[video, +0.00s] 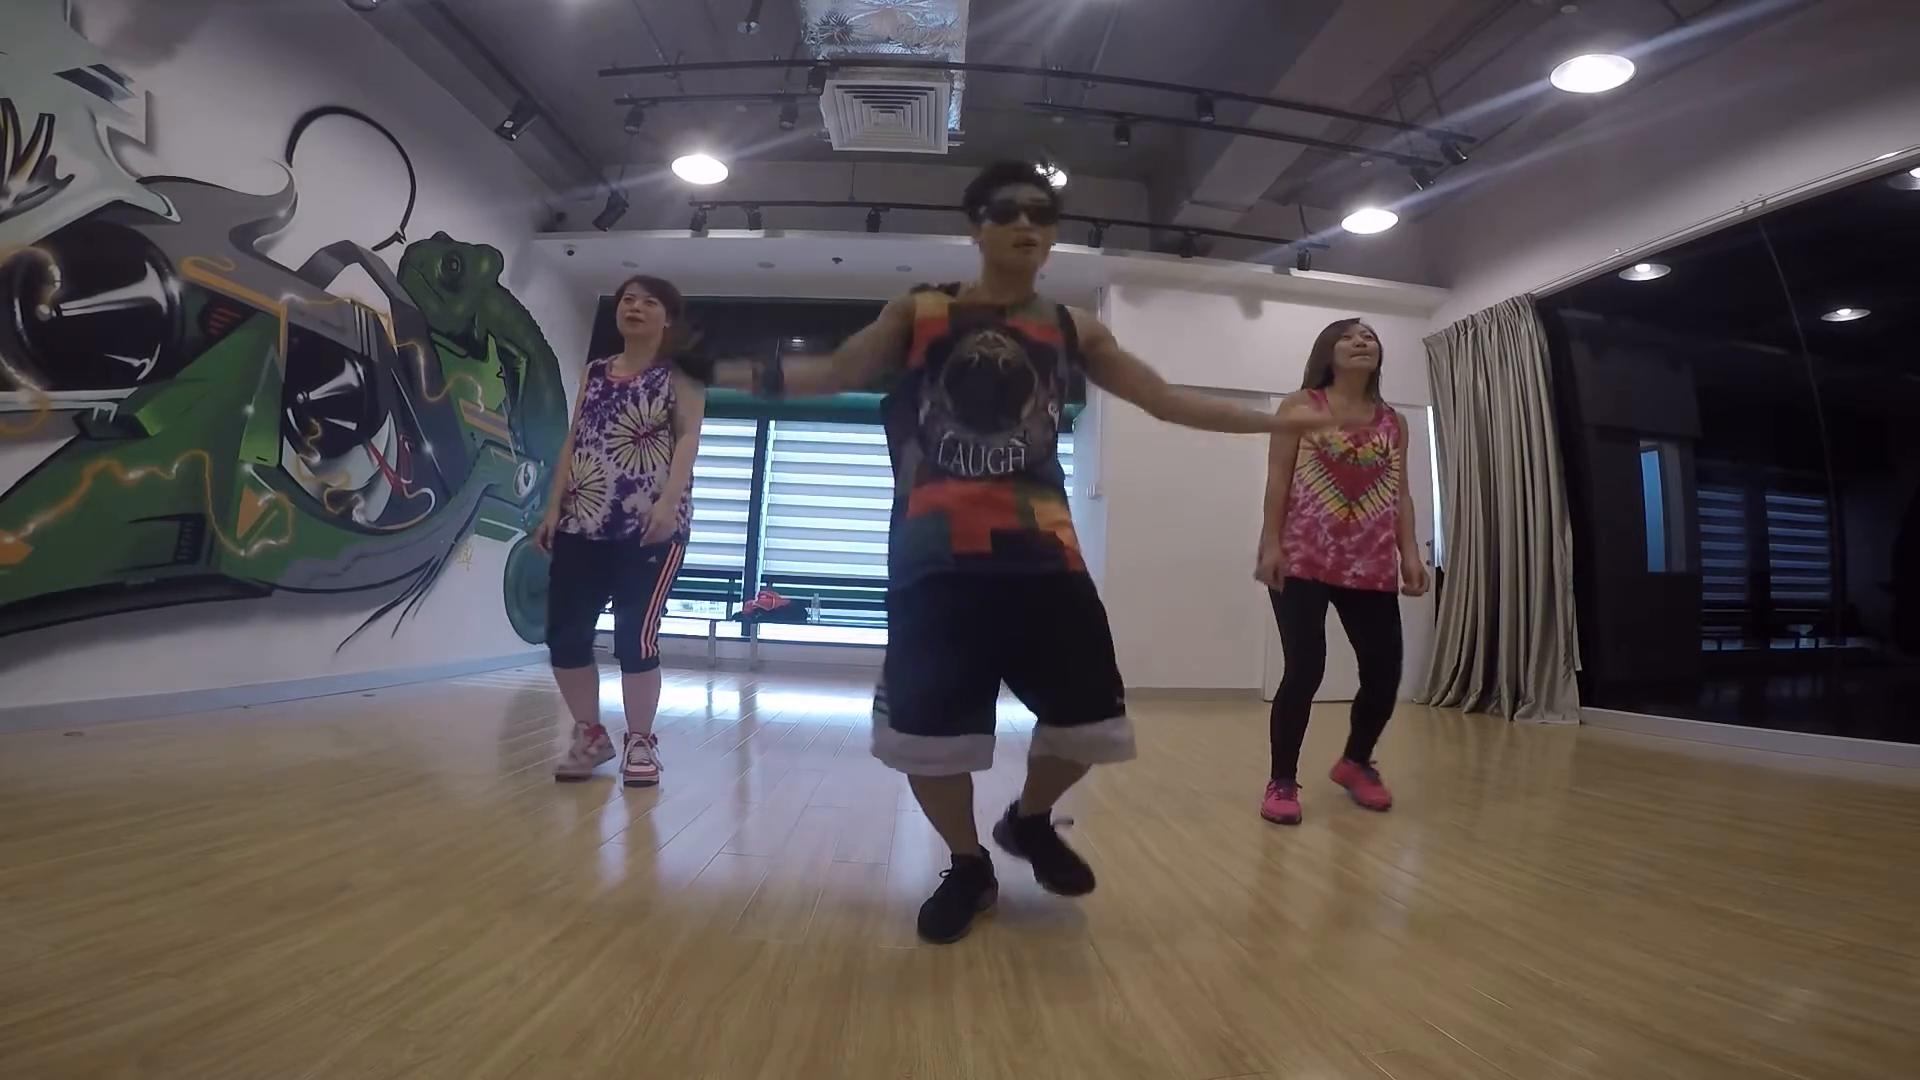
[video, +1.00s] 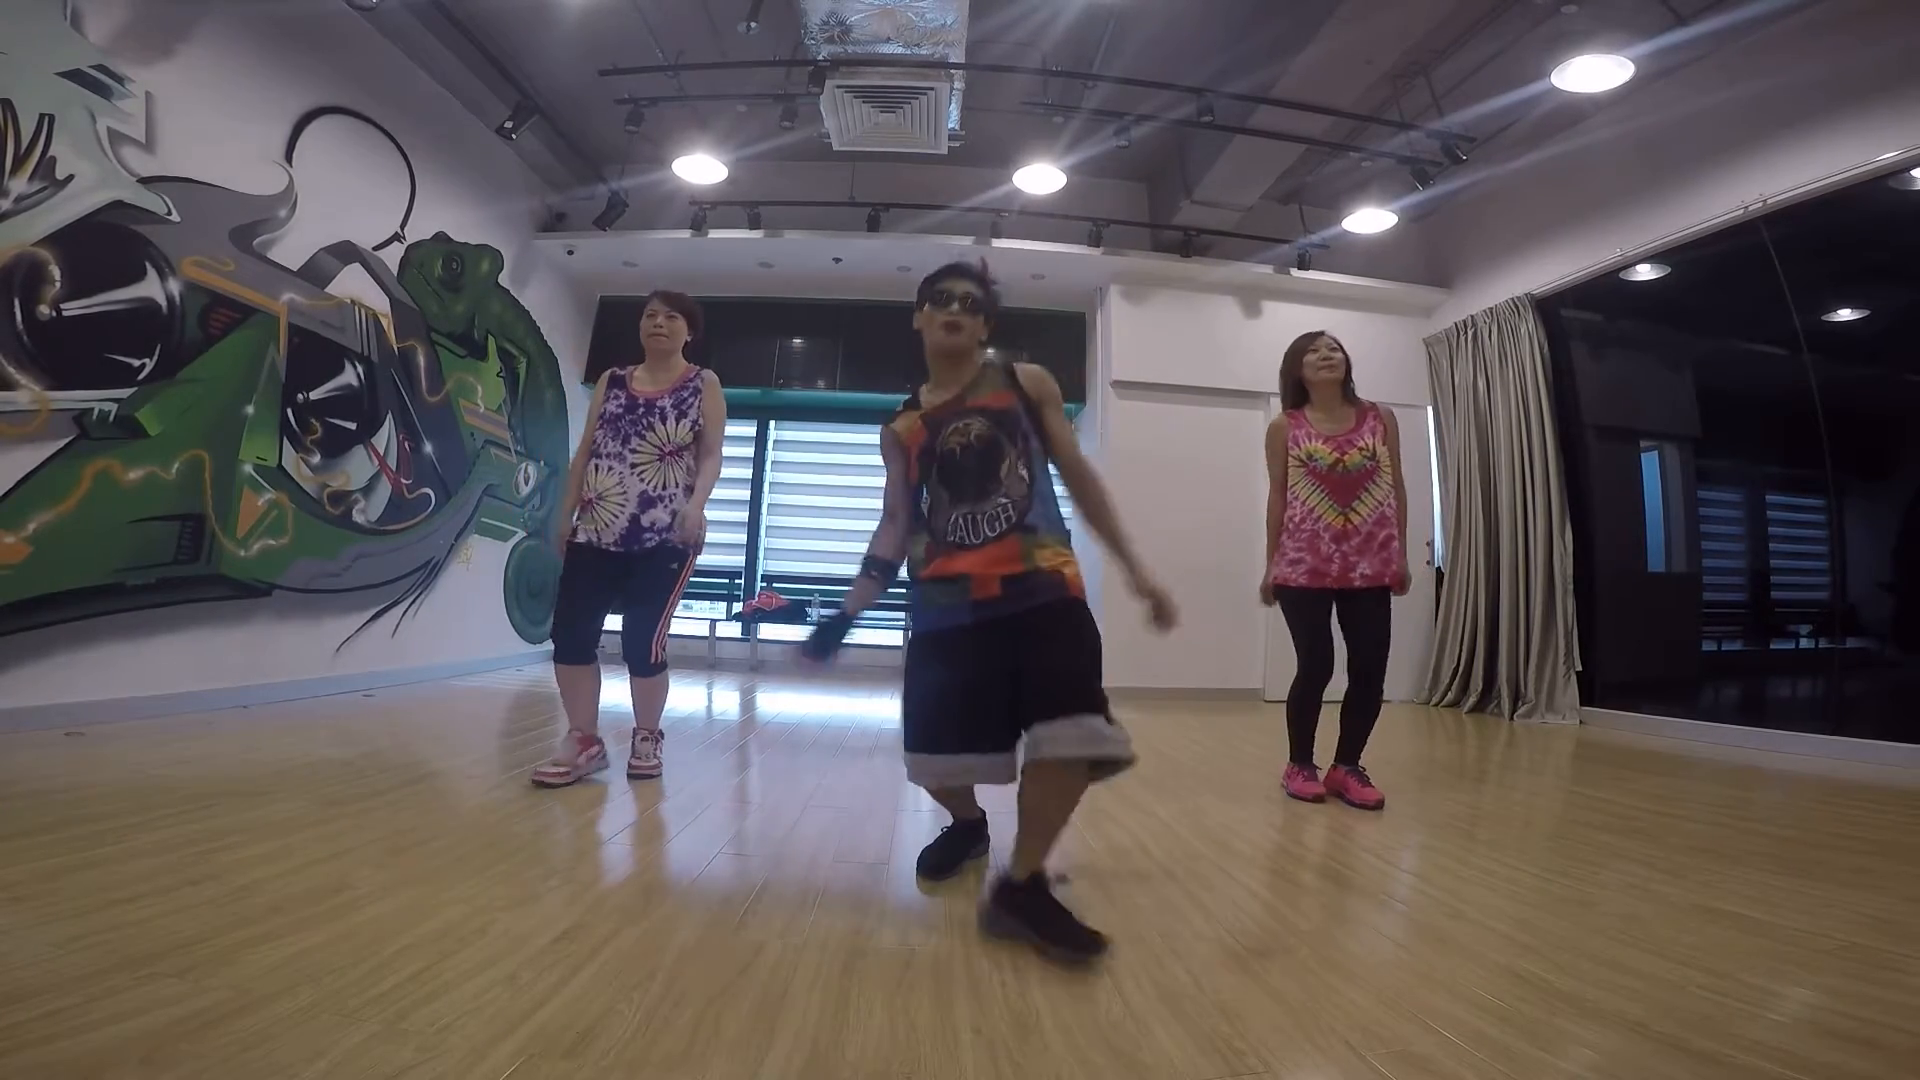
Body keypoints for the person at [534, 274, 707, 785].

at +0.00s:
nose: (635, 306)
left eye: (648, 301)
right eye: (628, 300)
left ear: (669, 320)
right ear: (615, 314)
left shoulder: (681, 383)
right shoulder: (593, 375)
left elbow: (687, 444)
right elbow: (574, 442)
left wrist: (668, 502)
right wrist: (554, 506)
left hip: (648, 527)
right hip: (582, 525)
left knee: (635, 636)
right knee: (565, 634)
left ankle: (640, 741)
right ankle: (590, 736)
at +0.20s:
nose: (633, 313)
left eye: (645, 308)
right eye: (625, 306)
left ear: (664, 322)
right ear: (613, 317)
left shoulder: (679, 373)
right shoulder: (585, 373)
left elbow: (685, 448)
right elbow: (555, 442)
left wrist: (676, 515)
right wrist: (539, 506)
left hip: (641, 531)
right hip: (572, 528)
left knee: (627, 640)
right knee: (572, 642)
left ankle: (639, 741)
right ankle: (592, 741)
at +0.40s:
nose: (639, 310)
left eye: (652, 304)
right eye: (630, 303)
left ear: (668, 321)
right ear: (616, 316)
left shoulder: (681, 378)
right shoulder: (580, 370)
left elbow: (686, 452)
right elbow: (545, 436)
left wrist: (688, 519)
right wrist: (523, 502)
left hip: (643, 527)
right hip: (572, 524)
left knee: (624, 636)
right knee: (575, 639)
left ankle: (630, 748)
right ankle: (593, 743)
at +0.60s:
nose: (651, 308)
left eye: (664, 302)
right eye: (642, 301)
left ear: (680, 318)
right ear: (629, 313)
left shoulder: (691, 379)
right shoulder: (591, 359)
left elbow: (688, 451)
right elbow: (552, 424)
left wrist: (691, 519)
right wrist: (528, 488)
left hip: (648, 522)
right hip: (576, 517)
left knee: (628, 632)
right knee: (580, 635)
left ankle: (637, 741)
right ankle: (592, 740)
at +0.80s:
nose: (657, 318)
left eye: (669, 312)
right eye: (649, 311)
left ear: (686, 326)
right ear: (636, 323)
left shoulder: (700, 384)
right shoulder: (602, 374)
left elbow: (701, 457)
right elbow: (570, 439)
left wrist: (698, 520)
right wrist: (545, 505)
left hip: (654, 531)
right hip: (583, 527)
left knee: (638, 641)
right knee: (577, 640)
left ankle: (647, 736)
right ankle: (592, 739)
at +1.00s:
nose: (658, 322)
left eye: (670, 316)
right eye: (650, 315)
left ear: (689, 330)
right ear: (639, 327)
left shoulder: (703, 384)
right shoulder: (612, 381)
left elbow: (710, 456)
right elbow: (584, 454)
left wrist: (696, 504)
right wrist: (565, 518)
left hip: (662, 537)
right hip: (596, 531)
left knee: (643, 642)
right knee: (571, 635)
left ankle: (646, 738)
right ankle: (582, 742)